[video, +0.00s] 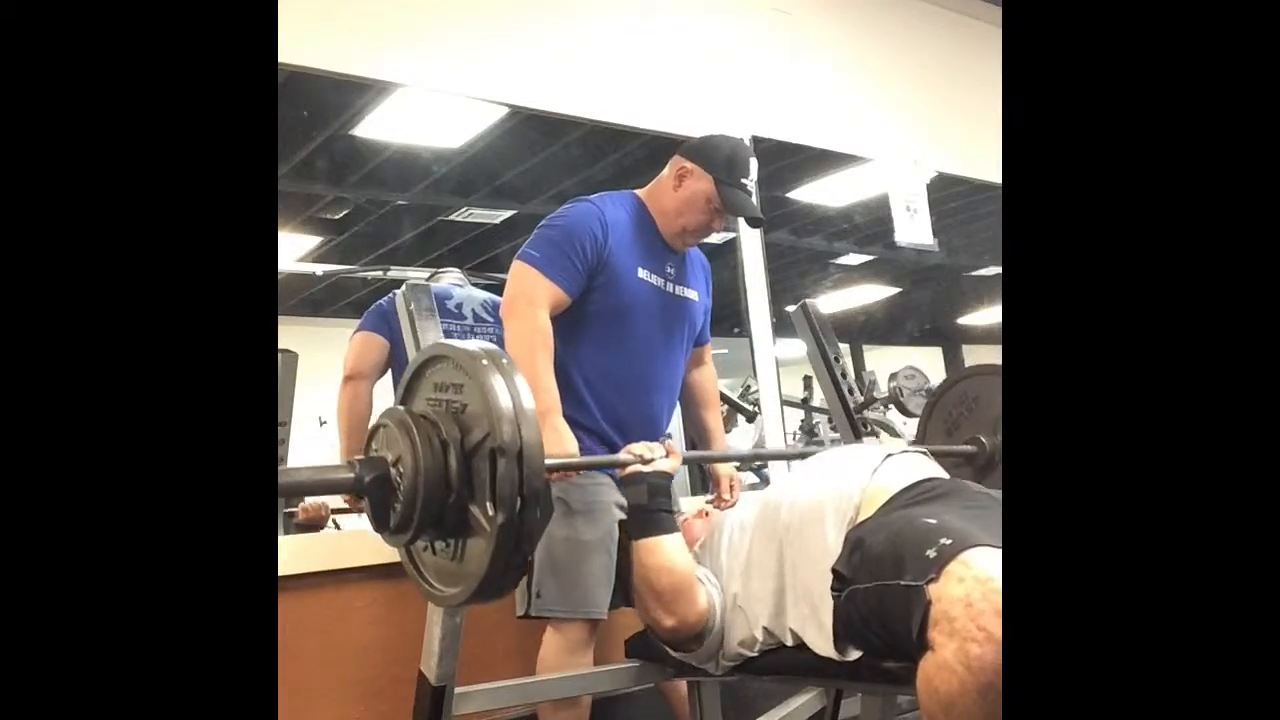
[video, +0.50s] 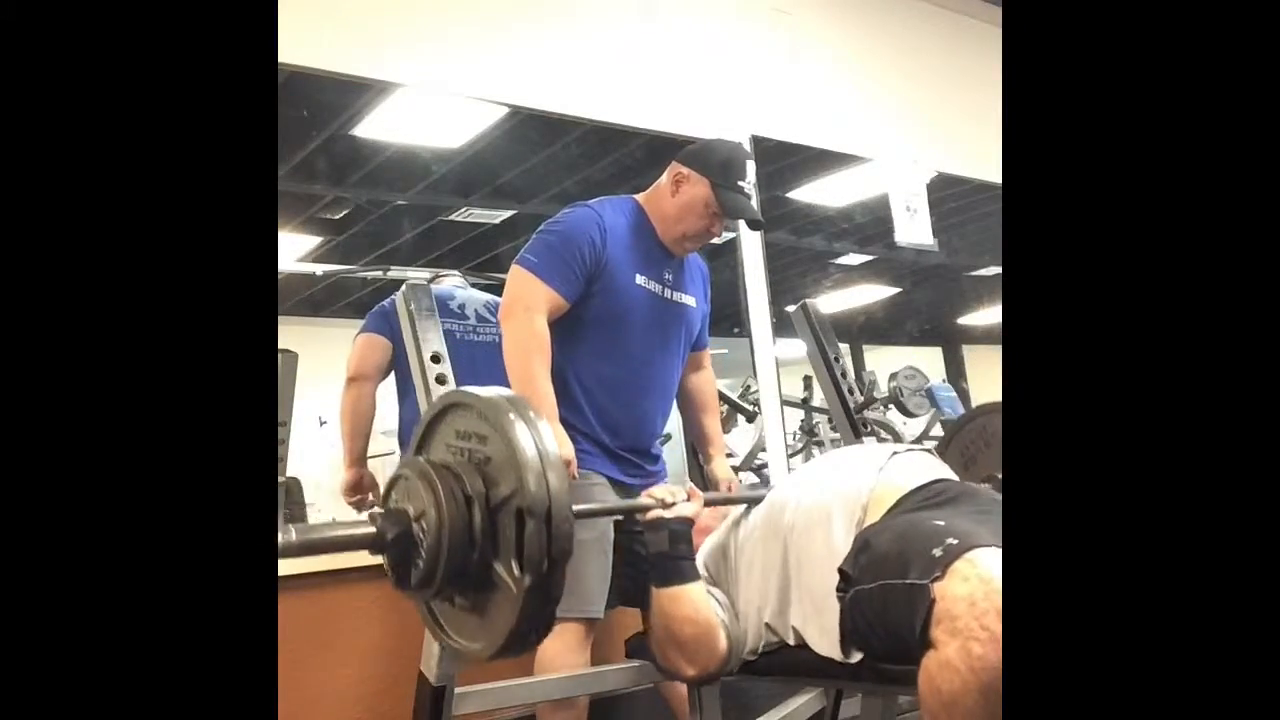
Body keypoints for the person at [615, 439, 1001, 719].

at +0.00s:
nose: (693, 507)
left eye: (690, 502)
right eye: (680, 517)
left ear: (706, 500)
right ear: (674, 548)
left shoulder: (760, 508)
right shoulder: (707, 593)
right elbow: (671, 616)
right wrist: (650, 493)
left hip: (951, 488)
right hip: (877, 528)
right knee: (985, 601)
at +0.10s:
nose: (698, 506)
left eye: (695, 501)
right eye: (683, 514)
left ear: (713, 502)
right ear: (675, 546)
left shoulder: (762, 510)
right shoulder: (704, 587)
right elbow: (674, 627)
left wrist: (733, 498)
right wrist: (653, 499)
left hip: (954, 489)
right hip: (876, 527)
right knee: (985, 600)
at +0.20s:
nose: (700, 505)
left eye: (698, 499)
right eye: (684, 510)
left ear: (715, 502)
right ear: (673, 543)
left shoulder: (766, 511)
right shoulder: (701, 578)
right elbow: (681, 633)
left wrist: (738, 498)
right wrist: (653, 506)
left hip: (959, 488)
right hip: (878, 525)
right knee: (986, 602)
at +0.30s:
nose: (711, 498)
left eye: (707, 492)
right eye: (691, 504)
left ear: (724, 498)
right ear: (676, 537)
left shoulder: (776, 511)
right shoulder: (706, 579)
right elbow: (684, 641)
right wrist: (657, 517)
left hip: (961, 490)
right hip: (879, 524)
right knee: (984, 602)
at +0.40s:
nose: (701, 491)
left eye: (695, 485)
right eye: (683, 498)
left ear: (719, 494)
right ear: (681, 538)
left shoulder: (772, 509)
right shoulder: (709, 580)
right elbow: (687, 652)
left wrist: (732, 481)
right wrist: (661, 529)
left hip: (961, 492)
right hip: (881, 530)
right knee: (983, 606)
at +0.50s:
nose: (697, 495)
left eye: (693, 491)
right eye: (681, 503)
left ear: (715, 497)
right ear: (685, 543)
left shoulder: (776, 506)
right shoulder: (713, 582)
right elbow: (690, 664)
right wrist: (666, 540)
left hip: (964, 492)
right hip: (881, 534)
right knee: (986, 597)